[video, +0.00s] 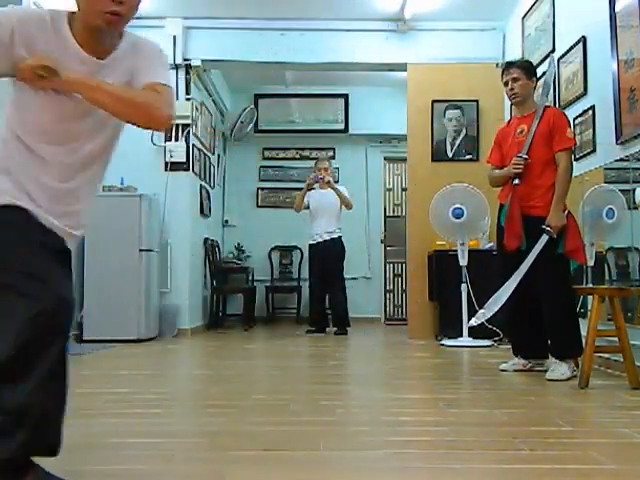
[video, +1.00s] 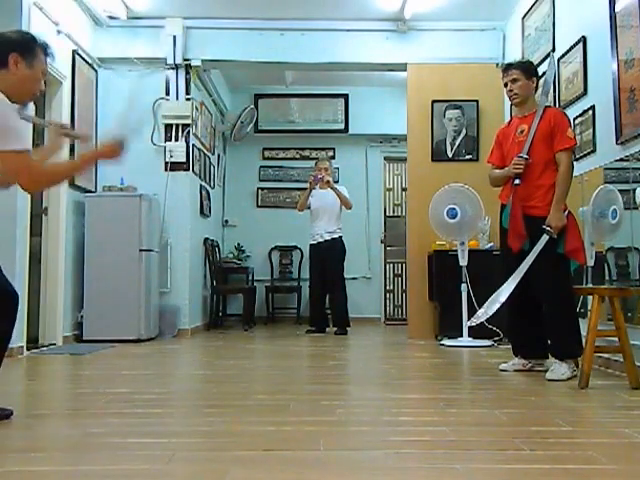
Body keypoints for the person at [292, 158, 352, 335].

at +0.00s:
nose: (323, 173)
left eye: (326, 170)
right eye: (320, 170)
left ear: (330, 171)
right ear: (315, 173)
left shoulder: (339, 190)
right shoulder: (311, 194)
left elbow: (348, 206)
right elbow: (297, 208)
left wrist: (333, 188)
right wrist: (306, 188)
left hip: (334, 241)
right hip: (316, 243)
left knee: (336, 285)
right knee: (316, 286)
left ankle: (341, 324)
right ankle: (318, 324)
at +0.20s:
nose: (322, 173)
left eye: (325, 170)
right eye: (319, 170)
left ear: (330, 171)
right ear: (314, 172)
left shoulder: (338, 190)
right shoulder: (311, 193)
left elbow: (348, 206)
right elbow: (298, 208)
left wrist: (333, 188)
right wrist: (307, 188)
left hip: (333, 241)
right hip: (315, 243)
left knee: (336, 285)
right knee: (316, 286)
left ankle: (341, 324)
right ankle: (318, 324)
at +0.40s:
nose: (322, 173)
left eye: (325, 170)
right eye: (319, 170)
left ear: (330, 172)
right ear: (314, 172)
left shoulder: (339, 190)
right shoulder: (311, 193)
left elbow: (348, 206)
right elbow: (299, 207)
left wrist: (333, 188)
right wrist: (308, 188)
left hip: (333, 241)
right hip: (315, 243)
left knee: (336, 285)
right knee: (316, 286)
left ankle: (341, 324)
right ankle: (318, 324)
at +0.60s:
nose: (322, 173)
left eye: (325, 170)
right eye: (319, 170)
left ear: (330, 172)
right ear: (314, 172)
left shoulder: (339, 189)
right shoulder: (311, 193)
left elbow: (348, 206)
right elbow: (299, 208)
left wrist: (332, 188)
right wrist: (309, 188)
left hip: (333, 241)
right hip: (315, 243)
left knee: (336, 285)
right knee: (316, 286)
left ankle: (341, 324)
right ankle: (318, 324)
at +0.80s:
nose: (322, 173)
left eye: (325, 170)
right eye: (319, 170)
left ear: (330, 172)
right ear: (315, 172)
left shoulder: (339, 189)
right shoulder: (311, 193)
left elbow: (348, 206)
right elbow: (300, 208)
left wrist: (332, 187)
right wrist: (309, 188)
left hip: (334, 241)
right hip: (315, 243)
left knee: (336, 285)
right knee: (316, 286)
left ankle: (341, 325)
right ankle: (318, 324)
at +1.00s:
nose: (322, 173)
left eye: (325, 170)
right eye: (319, 170)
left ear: (330, 172)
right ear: (315, 172)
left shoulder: (339, 189)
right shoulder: (311, 193)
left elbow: (348, 206)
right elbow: (300, 208)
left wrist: (332, 188)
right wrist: (309, 188)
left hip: (334, 241)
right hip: (316, 243)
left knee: (336, 285)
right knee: (316, 286)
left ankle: (341, 325)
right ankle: (318, 324)